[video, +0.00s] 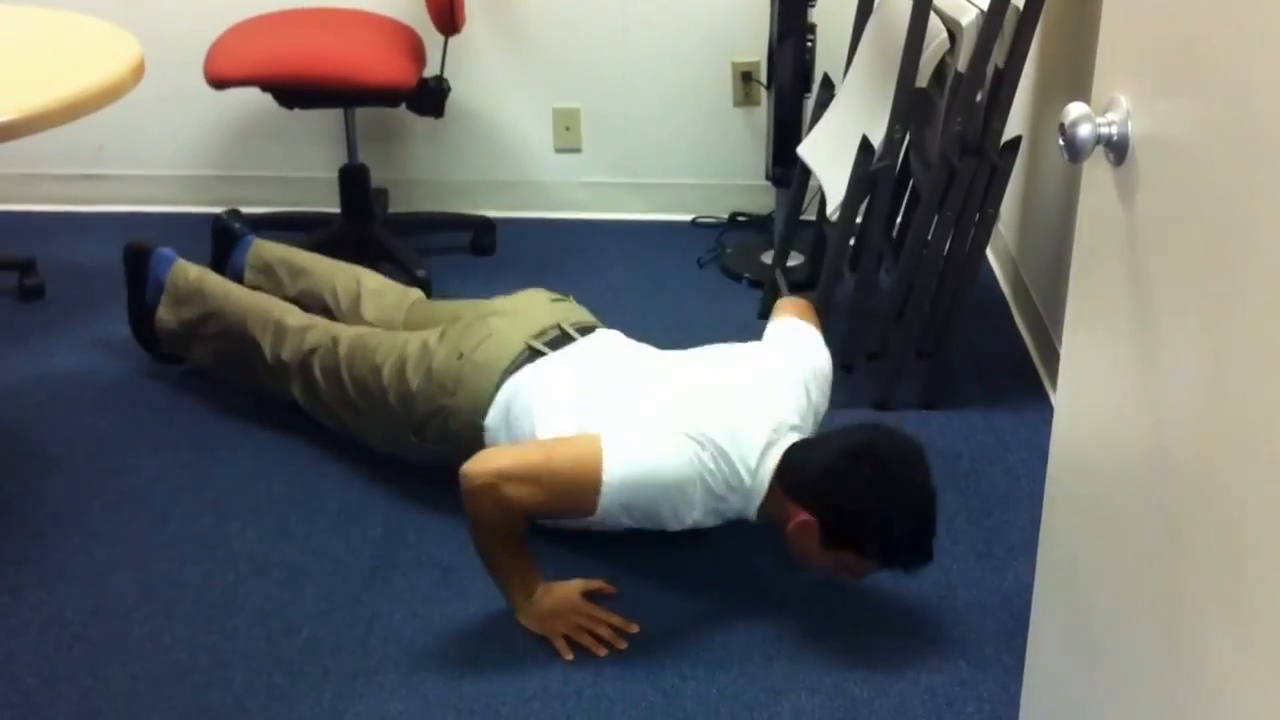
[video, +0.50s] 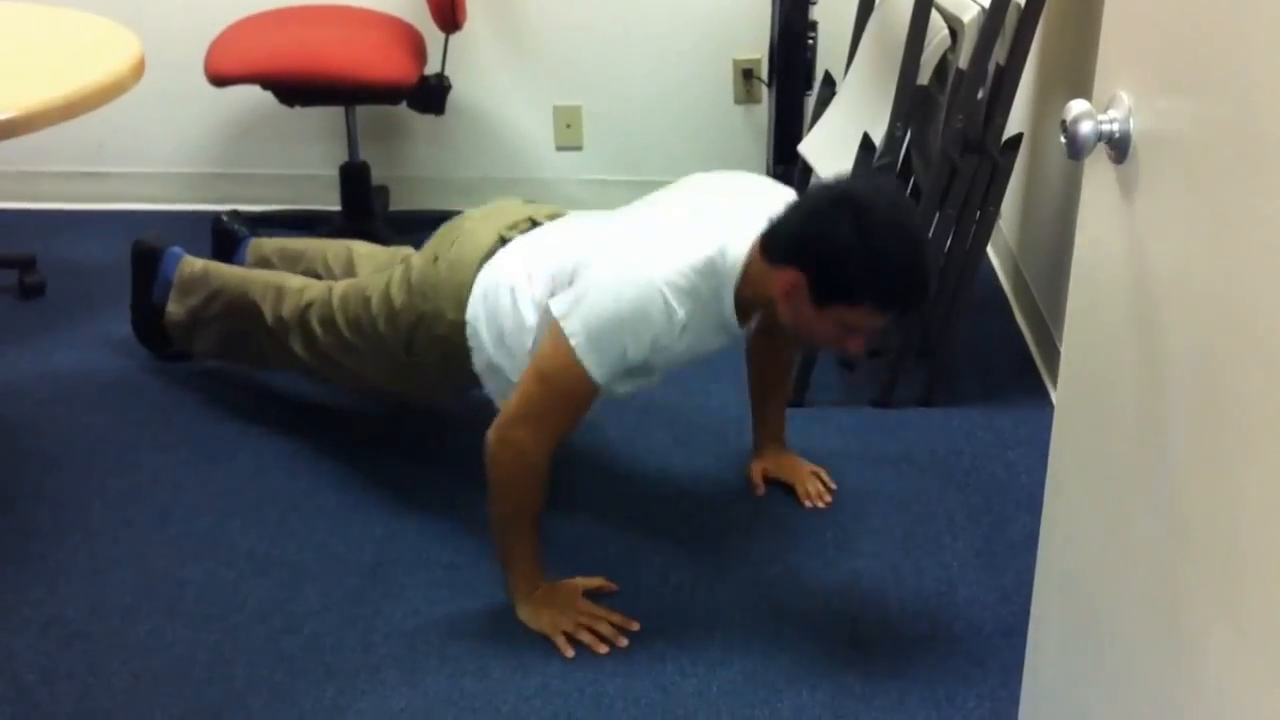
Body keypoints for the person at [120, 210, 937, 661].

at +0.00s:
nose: (841, 570)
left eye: (858, 562)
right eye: (848, 560)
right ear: (812, 526)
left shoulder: (804, 378)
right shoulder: (682, 473)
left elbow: (793, 305)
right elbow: (486, 482)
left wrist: (777, 460)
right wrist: (529, 596)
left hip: (561, 321)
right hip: (480, 389)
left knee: (404, 307)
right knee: (307, 353)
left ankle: (252, 250)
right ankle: (171, 294)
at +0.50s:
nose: (857, 347)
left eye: (874, 334)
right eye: (854, 328)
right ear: (795, 289)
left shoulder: (785, 215)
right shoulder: (645, 302)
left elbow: (775, 330)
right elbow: (516, 439)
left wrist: (771, 443)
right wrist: (530, 587)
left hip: (530, 226)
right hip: (470, 301)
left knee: (391, 262)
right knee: (307, 322)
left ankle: (257, 245)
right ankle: (175, 296)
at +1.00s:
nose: (845, 491)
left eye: (860, 480)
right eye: (847, 476)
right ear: (801, 430)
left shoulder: (795, 304)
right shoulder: (667, 415)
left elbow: (732, 318)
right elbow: (478, 468)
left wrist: (768, 435)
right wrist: (531, 589)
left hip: (542, 284)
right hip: (472, 362)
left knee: (392, 288)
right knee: (305, 340)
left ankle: (244, 241)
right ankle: (178, 284)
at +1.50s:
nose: (857, 491)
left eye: (868, 478)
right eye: (856, 475)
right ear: (809, 432)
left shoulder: (798, 300)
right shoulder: (666, 417)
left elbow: (708, 313)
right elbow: (478, 463)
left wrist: (762, 432)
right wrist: (532, 585)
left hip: (547, 282)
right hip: (471, 359)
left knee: (398, 286)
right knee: (309, 337)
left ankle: (252, 241)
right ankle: (182, 282)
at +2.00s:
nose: (855, 327)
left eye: (870, 313)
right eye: (852, 309)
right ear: (794, 266)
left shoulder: (783, 193)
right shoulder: (643, 288)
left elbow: (779, 314)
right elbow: (520, 423)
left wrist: (772, 432)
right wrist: (531, 576)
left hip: (527, 214)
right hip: (472, 285)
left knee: (389, 250)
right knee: (310, 311)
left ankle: (247, 233)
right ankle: (177, 285)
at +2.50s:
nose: (862, 549)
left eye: (878, 538)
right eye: (863, 535)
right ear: (819, 499)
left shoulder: (806, 361)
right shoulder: (690, 454)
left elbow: (798, 292)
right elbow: (487, 464)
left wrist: (781, 442)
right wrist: (534, 581)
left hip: (560, 304)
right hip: (487, 373)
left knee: (408, 293)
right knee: (319, 340)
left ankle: (253, 239)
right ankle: (182, 277)